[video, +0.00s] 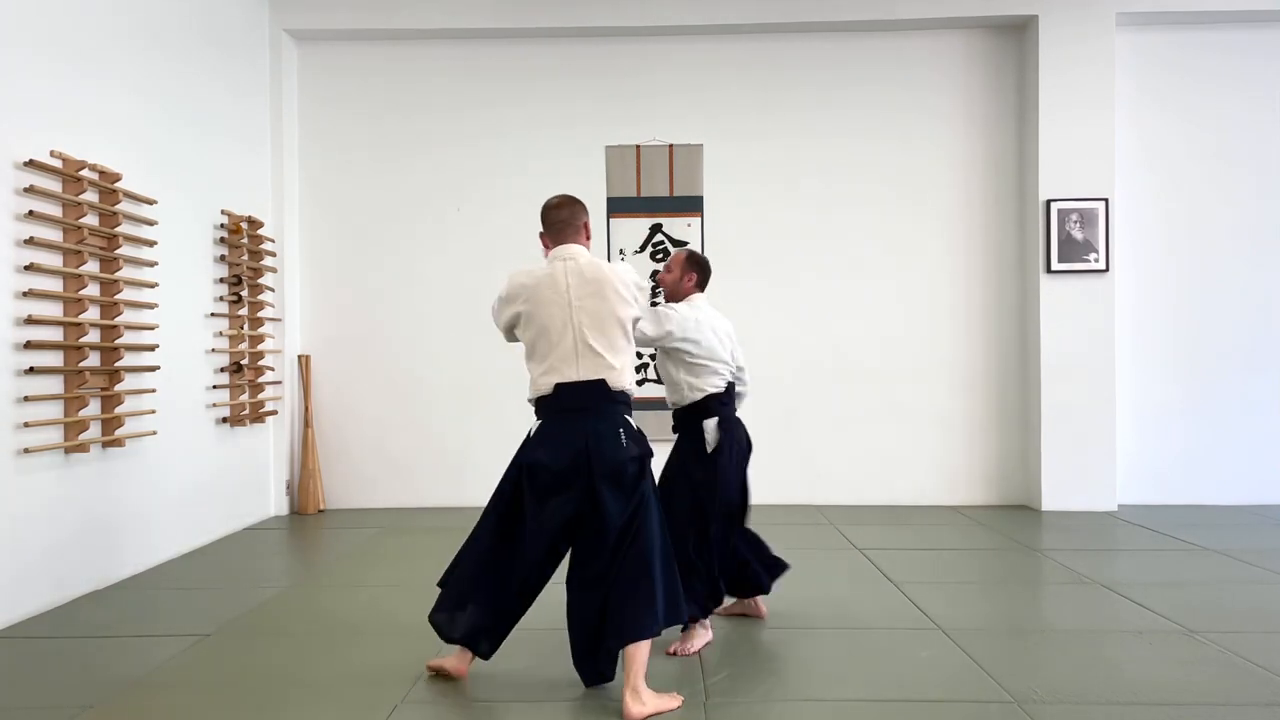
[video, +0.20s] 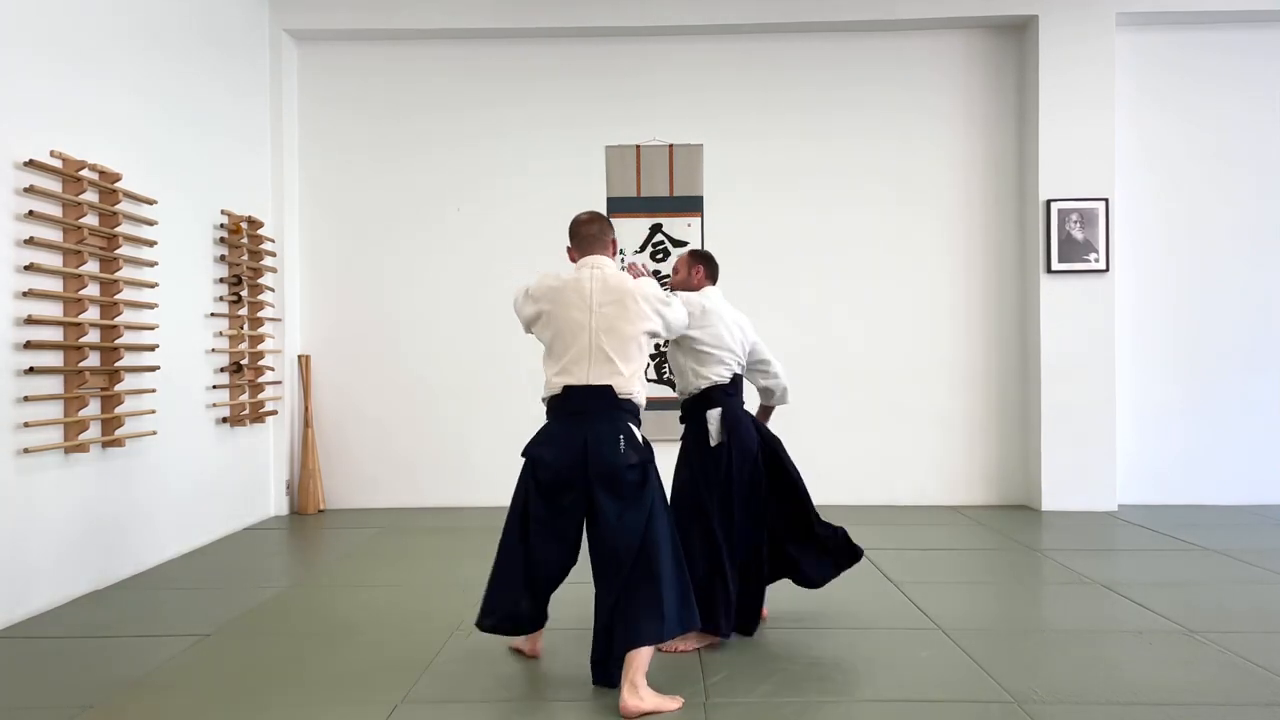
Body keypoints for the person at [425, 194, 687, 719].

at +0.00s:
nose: (586, 237)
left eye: (544, 237)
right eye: (588, 229)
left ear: (542, 239)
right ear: (589, 232)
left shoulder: (521, 286)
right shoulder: (623, 280)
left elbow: (509, 330)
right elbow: (633, 324)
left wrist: (556, 287)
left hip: (554, 431)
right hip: (615, 430)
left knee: (520, 538)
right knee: (637, 551)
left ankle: (463, 652)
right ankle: (636, 690)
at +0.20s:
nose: (580, 257)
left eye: (572, 251)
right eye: (617, 247)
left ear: (570, 253)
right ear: (616, 249)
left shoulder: (548, 290)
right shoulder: (642, 294)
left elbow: (525, 311)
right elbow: (678, 318)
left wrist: (575, 273)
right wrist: (648, 283)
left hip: (560, 428)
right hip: (618, 434)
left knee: (543, 528)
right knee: (643, 552)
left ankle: (529, 630)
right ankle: (634, 685)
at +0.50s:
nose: (595, 266)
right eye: (595, 259)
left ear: (550, 268)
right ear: (593, 260)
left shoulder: (536, 299)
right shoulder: (621, 303)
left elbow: (518, 289)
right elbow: (649, 336)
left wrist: (553, 276)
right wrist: (608, 286)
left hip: (557, 423)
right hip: (611, 426)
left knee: (559, 523)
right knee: (630, 528)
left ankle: (565, 622)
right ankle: (624, 620)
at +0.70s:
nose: (562, 264)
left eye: (565, 257)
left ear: (568, 260)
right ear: (606, 257)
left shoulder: (556, 287)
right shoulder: (627, 305)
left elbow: (529, 248)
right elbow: (611, 282)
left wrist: (568, 238)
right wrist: (599, 252)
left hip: (565, 421)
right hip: (612, 421)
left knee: (546, 522)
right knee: (615, 515)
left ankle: (565, 620)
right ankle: (625, 604)